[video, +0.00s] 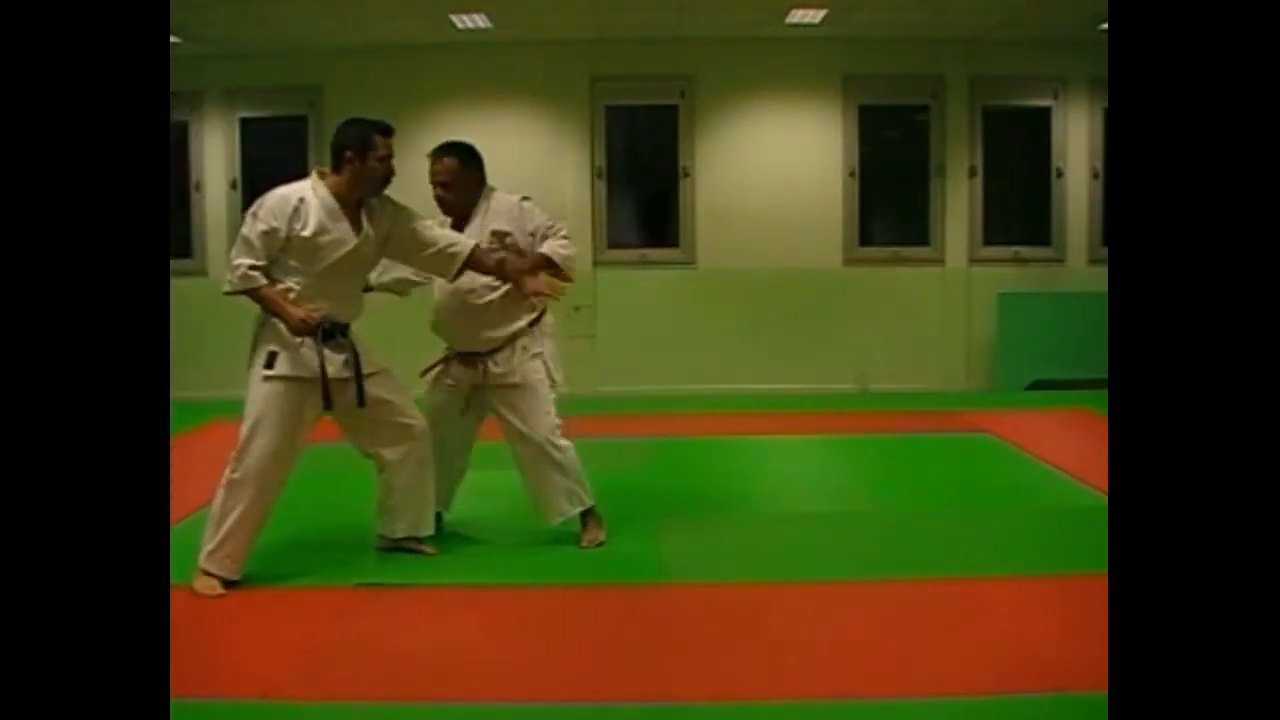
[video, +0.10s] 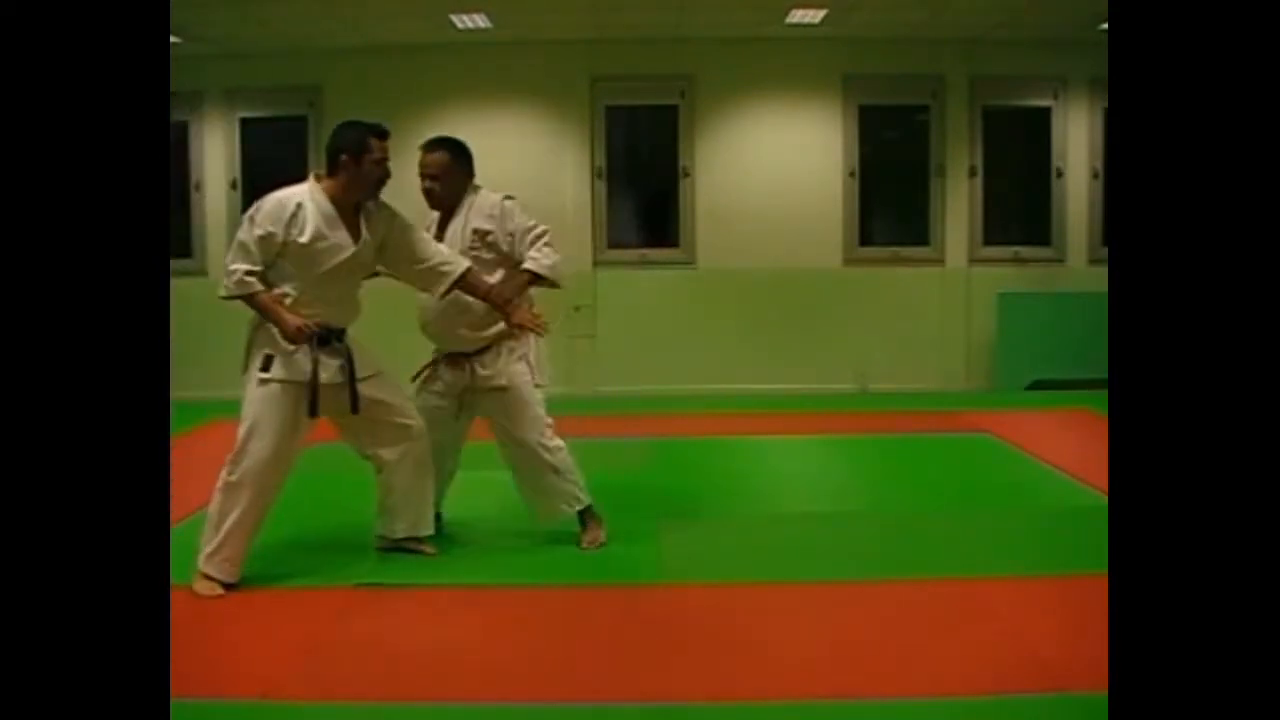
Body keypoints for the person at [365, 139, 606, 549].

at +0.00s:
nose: (436, 195)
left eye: (444, 185)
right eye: (433, 186)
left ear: (474, 180)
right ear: (434, 183)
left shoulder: (515, 211)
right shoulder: (437, 229)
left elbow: (565, 250)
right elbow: (406, 277)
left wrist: (522, 263)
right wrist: (359, 278)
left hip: (516, 352)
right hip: (461, 358)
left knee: (542, 436)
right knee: (437, 438)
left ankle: (588, 515)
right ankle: (427, 513)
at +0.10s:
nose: (424, 185)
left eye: (434, 177)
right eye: (421, 177)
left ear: (463, 176)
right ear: (421, 176)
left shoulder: (496, 210)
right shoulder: (430, 225)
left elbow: (545, 255)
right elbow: (444, 295)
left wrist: (509, 289)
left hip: (501, 353)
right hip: (451, 359)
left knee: (533, 438)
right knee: (425, 439)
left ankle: (586, 514)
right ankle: (425, 515)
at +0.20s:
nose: (417, 180)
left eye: (427, 172)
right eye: (415, 171)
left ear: (455, 172)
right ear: (413, 172)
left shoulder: (486, 208)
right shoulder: (419, 221)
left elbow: (532, 256)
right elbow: (429, 288)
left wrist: (508, 297)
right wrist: (429, 345)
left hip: (489, 349)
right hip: (439, 355)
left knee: (525, 437)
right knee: (421, 439)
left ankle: (580, 511)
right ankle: (424, 515)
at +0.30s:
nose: (414, 173)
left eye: (424, 165)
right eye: (410, 164)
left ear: (449, 166)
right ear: (404, 165)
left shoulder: (480, 207)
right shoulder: (392, 212)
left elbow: (517, 267)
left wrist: (498, 307)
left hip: (478, 344)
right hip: (425, 348)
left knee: (502, 428)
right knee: (420, 438)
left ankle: (552, 510)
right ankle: (422, 513)